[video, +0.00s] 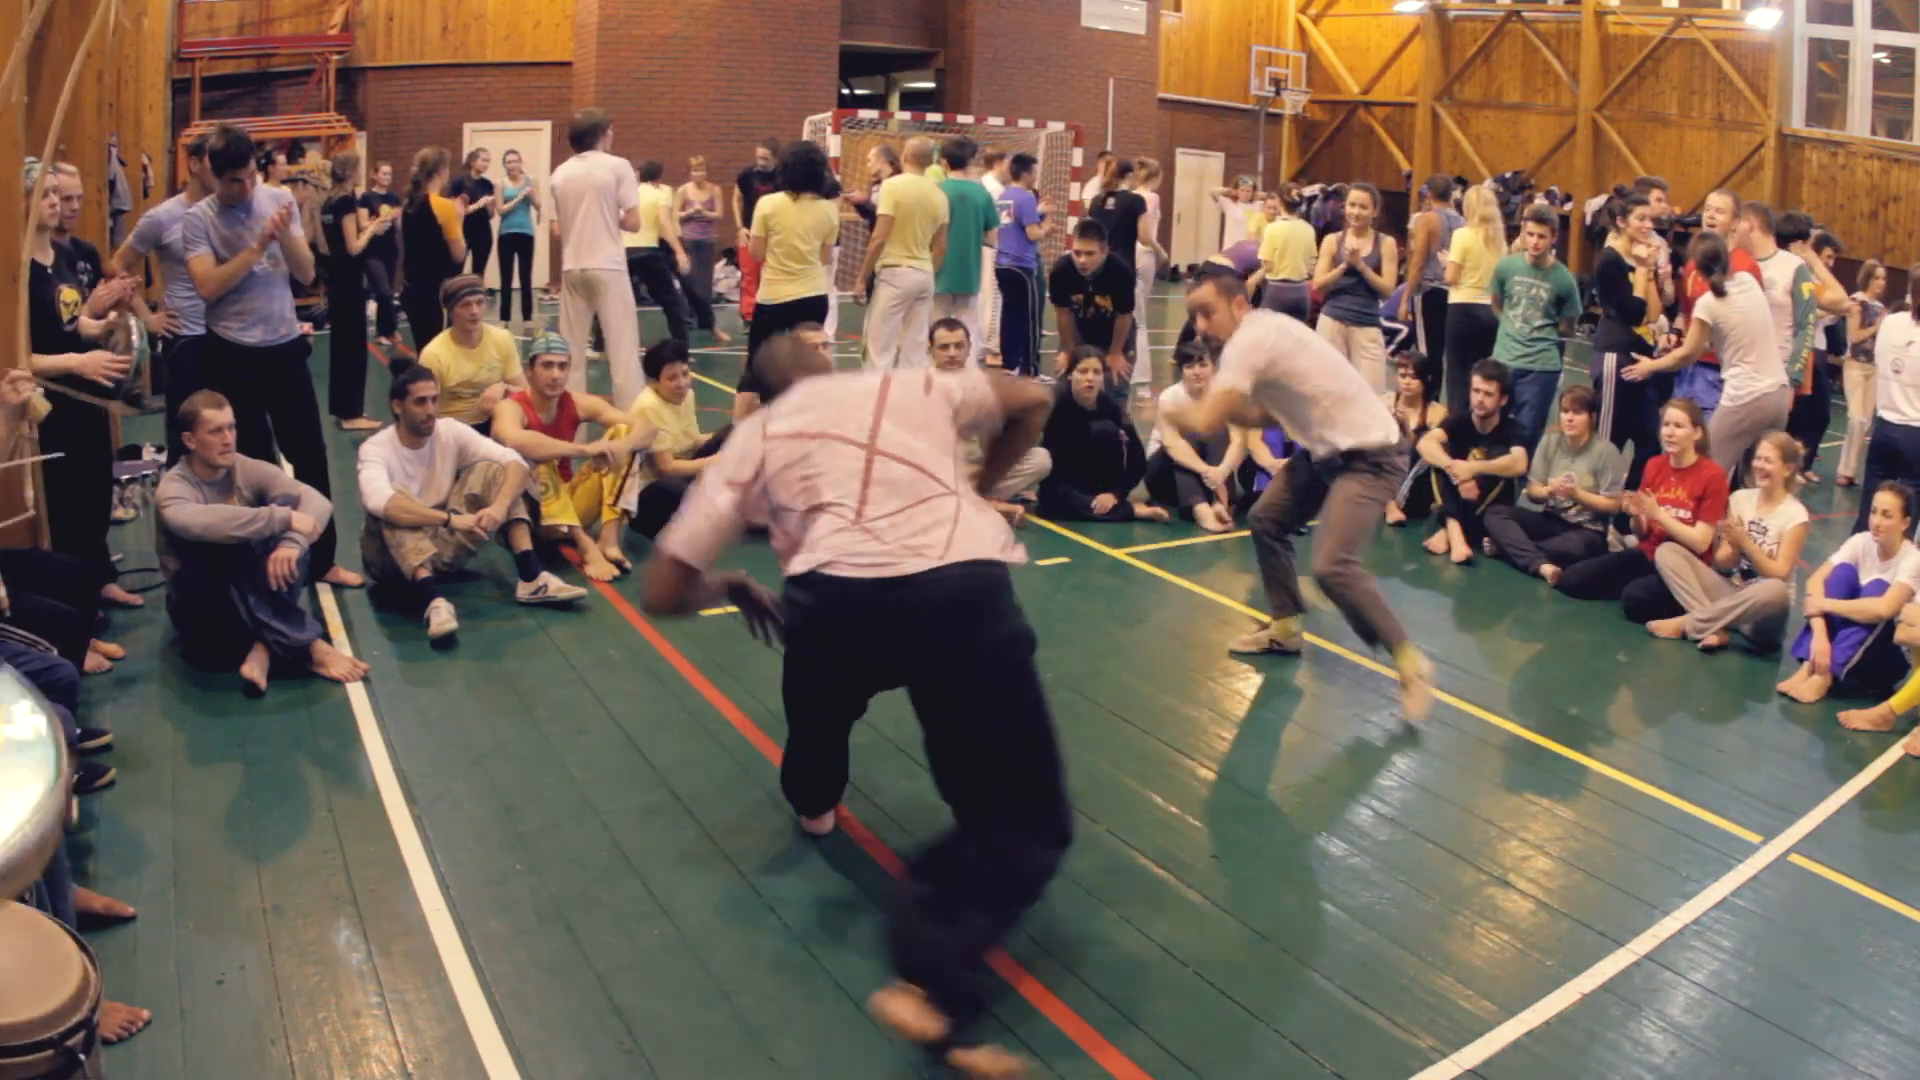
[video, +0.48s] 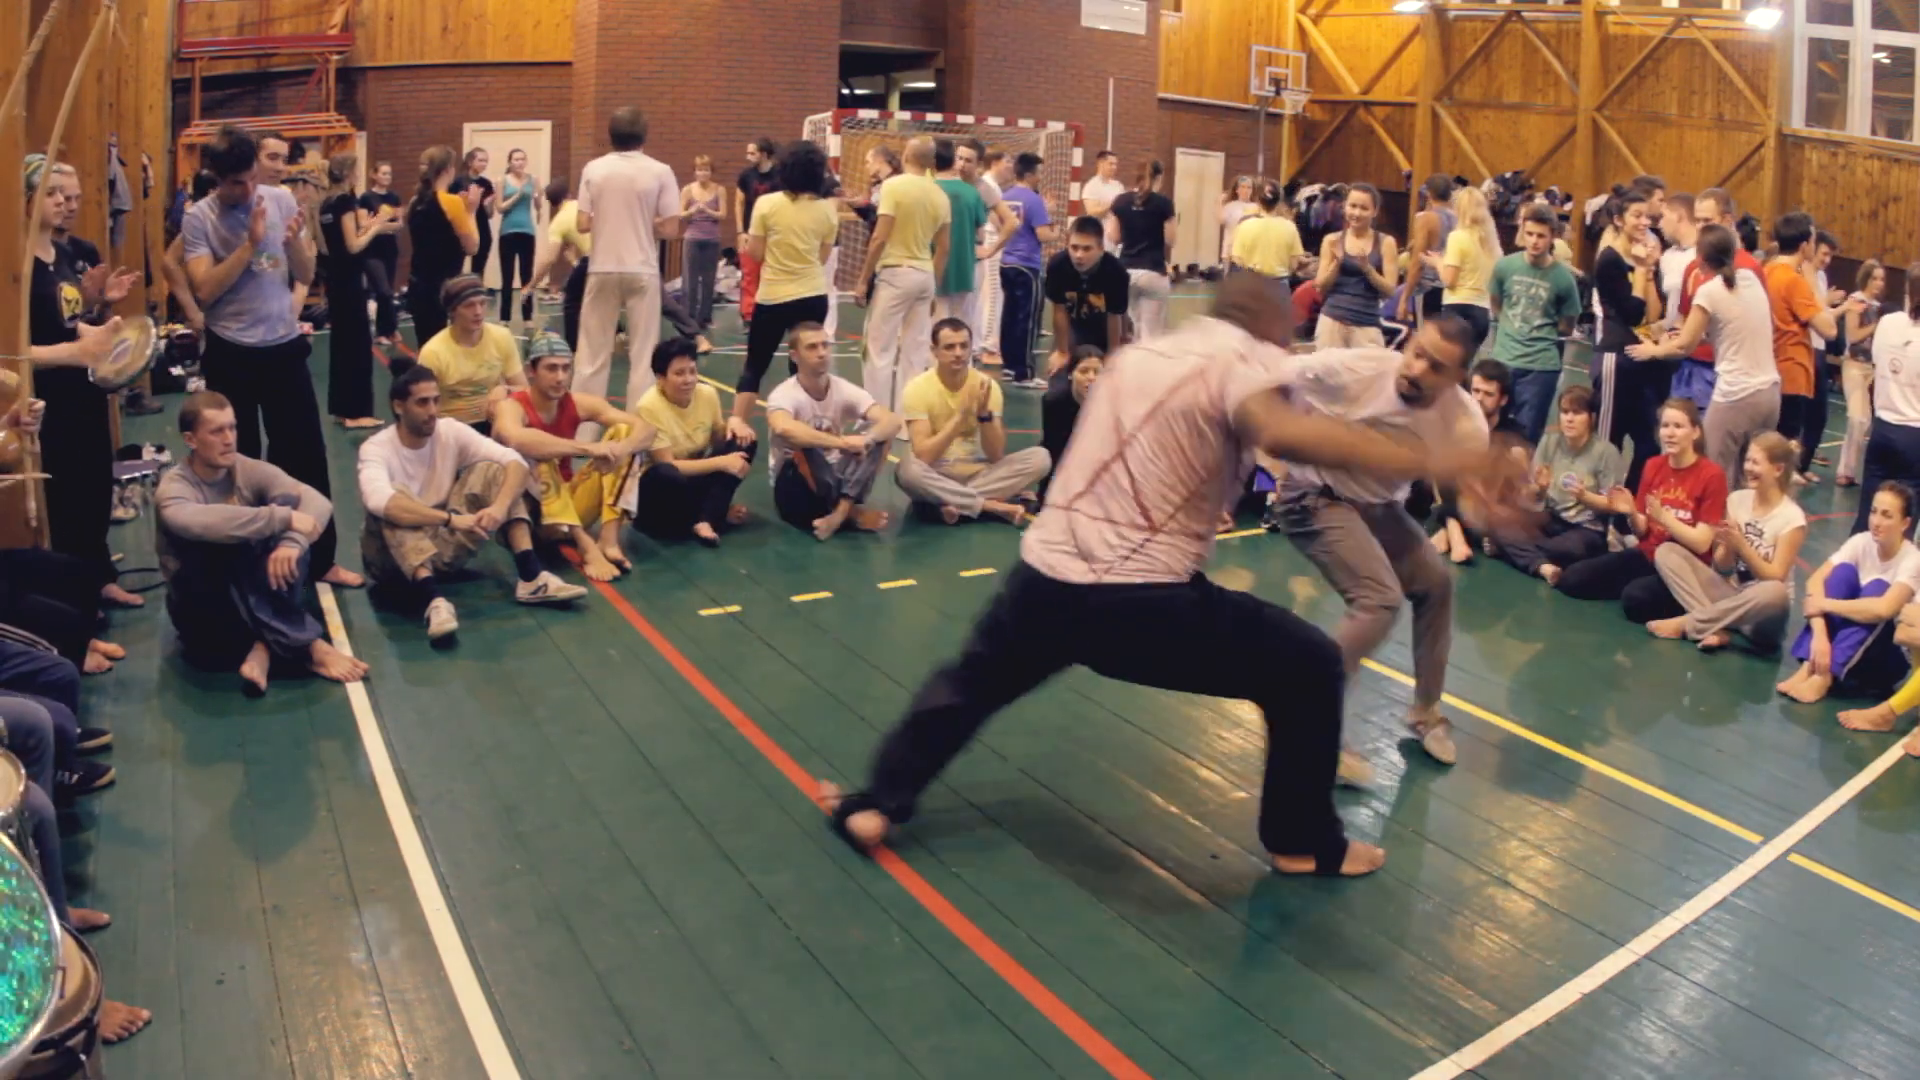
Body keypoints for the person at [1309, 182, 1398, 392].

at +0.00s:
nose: (1355, 212)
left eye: (1363, 207)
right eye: (1351, 205)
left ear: (1375, 212)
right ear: (1345, 207)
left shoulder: (1386, 243)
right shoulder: (1332, 241)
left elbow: (1387, 289)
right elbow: (1317, 285)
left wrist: (1361, 266)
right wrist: (1344, 266)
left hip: (1367, 323)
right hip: (1332, 318)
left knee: (1372, 392)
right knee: (1328, 386)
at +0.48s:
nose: (1356, 213)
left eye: (1363, 208)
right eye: (1352, 206)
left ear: (1374, 212)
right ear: (1344, 207)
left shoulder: (1386, 243)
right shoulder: (1331, 240)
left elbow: (1390, 289)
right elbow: (1321, 284)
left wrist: (1367, 268)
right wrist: (1336, 263)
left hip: (1367, 322)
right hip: (1332, 318)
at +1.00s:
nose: (1357, 213)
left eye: (1364, 209)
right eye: (1353, 207)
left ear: (1375, 213)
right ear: (1345, 208)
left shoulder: (1385, 243)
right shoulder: (1331, 241)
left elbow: (1387, 289)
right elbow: (1323, 285)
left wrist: (1359, 262)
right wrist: (1345, 265)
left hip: (1368, 321)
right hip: (1333, 318)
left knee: (1372, 397)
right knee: (1332, 396)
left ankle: (1371, 458)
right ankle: (1334, 456)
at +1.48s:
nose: (1356, 214)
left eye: (1363, 209)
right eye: (1352, 208)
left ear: (1374, 212)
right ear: (1345, 208)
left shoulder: (1386, 243)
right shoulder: (1332, 240)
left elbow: (1387, 288)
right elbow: (1322, 286)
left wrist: (1363, 264)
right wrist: (1338, 262)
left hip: (1367, 322)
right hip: (1332, 318)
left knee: (1372, 397)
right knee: (1333, 396)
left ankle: (1372, 463)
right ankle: (1335, 459)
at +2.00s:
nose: (1357, 214)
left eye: (1364, 209)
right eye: (1353, 207)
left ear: (1375, 213)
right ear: (1345, 209)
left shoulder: (1384, 243)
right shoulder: (1331, 241)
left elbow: (1386, 289)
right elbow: (1324, 285)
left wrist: (1361, 265)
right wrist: (1347, 266)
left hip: (1368, 321)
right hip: (1333, 318)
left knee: (1373, 400)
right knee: (1333, 398)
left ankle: (1376, 459)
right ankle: (1333, 458)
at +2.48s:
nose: (1359, 214)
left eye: (1366, 210)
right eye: (1355, 207)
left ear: (1375, 212)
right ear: (1346, 207)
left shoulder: (1384, 244)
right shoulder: (1330, 240)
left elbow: (1385, 289)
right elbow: (1322, 285)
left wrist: (1359, 263)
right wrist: (1345, 263)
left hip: (1366, 317)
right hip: (1333, 313)